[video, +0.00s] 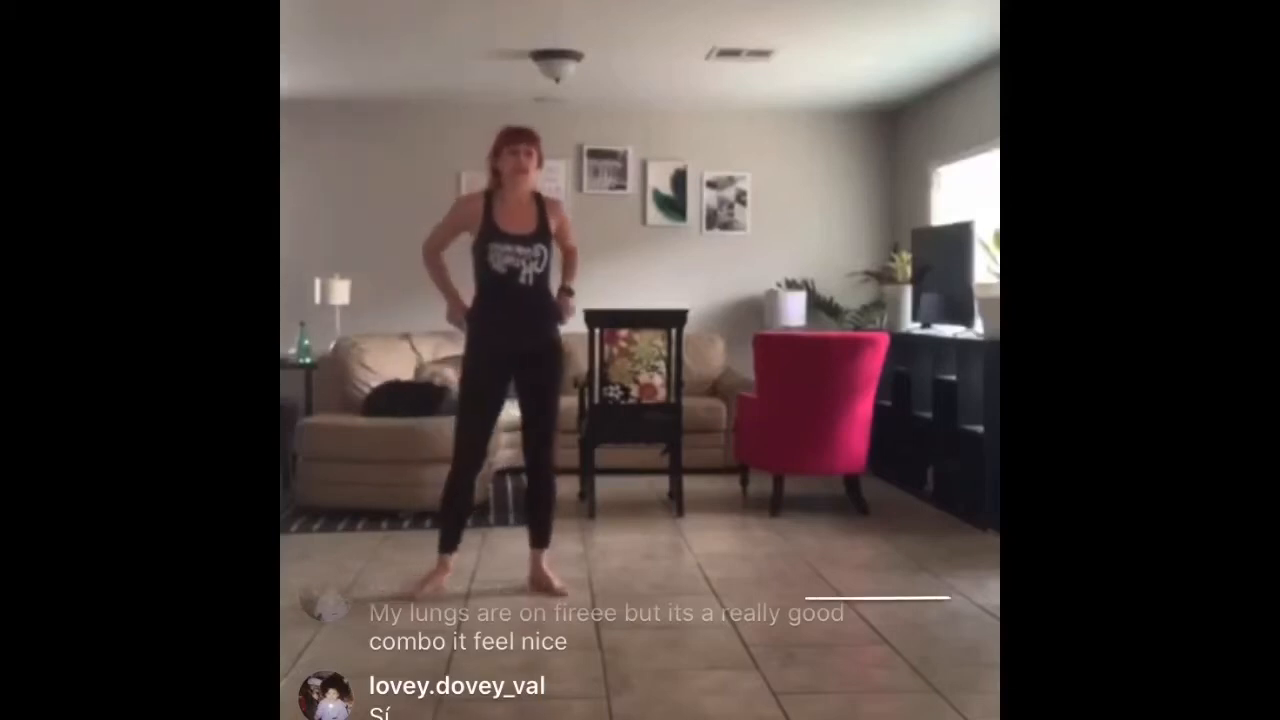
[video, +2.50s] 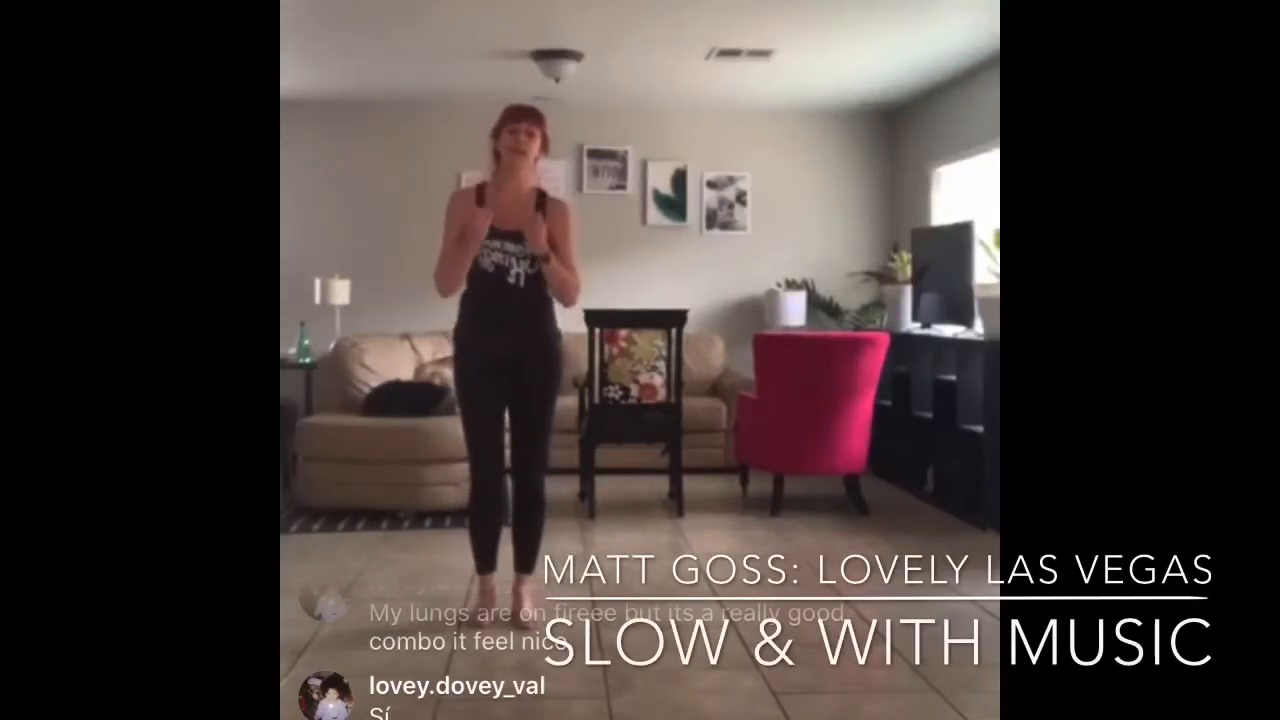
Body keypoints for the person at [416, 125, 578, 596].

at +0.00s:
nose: (519, 160)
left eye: (527, 154)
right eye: (511, 153)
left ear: (539, 164)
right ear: (496, 162)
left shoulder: (553, 212)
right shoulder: (474, 207)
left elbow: (570, 251)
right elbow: (432, 250)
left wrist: (566, 290)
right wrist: (453, 301)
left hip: (540, 339)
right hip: (489, 337)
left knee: (541, 454)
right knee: (467, 456)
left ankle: (539, 563)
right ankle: (443, 565)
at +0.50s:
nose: (534, 158)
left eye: (541, 152)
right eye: (526, 150)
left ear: (553, 163)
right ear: (510, 158)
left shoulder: (564, 214)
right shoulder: (485, 205)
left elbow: (586, 264)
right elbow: (441, 257)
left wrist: (574, 299)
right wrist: (466, 302)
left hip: (544, 339)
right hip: (494, 338)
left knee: (538, 459)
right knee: (484, 461)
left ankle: (539, 564)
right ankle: (468, 579)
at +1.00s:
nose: (492, 148)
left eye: (501, 141)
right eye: (484, 140)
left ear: (514, 154)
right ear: (469, 149)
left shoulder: (528, 207)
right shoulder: (445, 198)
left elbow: (557, 265)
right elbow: (391, 245)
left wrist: (547, 290)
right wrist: (419, 289)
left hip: (513, 339)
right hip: (459, 340)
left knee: (531, 453)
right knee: (461, 461)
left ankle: (531, 551)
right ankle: (464, 579)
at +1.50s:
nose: (504, 145)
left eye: (513, 139)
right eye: (496, 137)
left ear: (525, 151)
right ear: (480, 147)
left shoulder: (543, 203)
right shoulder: (457, 198)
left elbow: (581, 251)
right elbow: (422, 249)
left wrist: (573, 310)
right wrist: (438, 313)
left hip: (530, 336)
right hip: (473, 334)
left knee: (528, 464)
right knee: (475, 465)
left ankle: (525, 581)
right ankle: (467, 578)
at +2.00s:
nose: (523, 139)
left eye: (532, 134)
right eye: (515, 132)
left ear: (544, 149)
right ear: (498, 144)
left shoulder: (559, 208)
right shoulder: (473, 201)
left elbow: (581, 279)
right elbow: (444, 273)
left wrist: (578, 328)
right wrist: (442, 326)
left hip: (541, 344)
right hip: (484, 342)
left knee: (534, 465)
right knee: (489, 465)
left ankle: (527, 581)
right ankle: (486, 580)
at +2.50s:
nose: (519, 139)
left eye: (529, 134)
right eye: (511, 131)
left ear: (542, 149)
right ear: (495, 141)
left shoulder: (555, 209)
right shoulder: (466, 201)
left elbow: (570, 293)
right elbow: (446, 284)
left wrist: (543, 249)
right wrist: (472, 236)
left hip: (535, 347)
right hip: (479, 346)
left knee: (529, 469)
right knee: (485, 469)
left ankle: (525, 583)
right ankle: (485, 584)